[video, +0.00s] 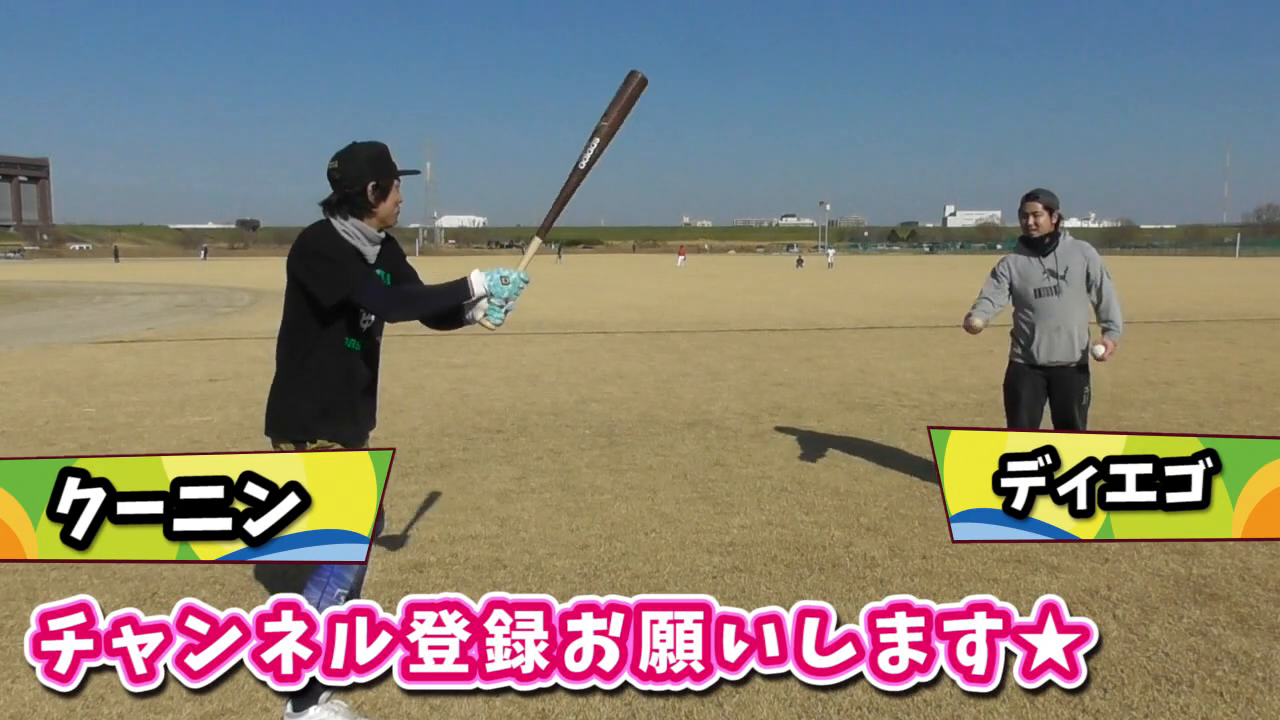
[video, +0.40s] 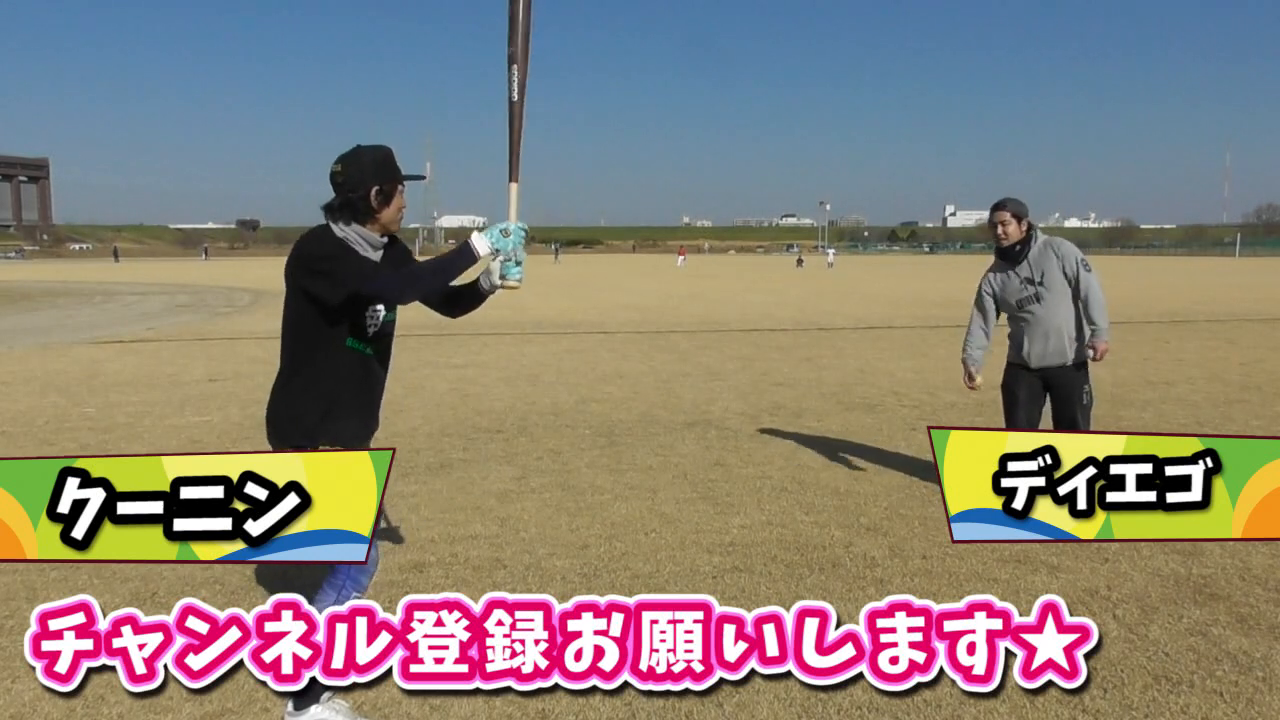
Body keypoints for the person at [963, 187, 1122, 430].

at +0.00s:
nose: (1029, 222)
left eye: (1036, 215)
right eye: (1024, 216)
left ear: (1054, 217)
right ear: (1019, 220)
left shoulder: (1082, 253)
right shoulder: (1012, 263)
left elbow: (1105, 295)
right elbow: (993, 295)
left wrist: (1110, 334)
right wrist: (977, 316)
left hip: (1071, 363)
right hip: (1026, 364)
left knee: (1072, 440)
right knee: (1020, 438)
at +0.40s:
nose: (998, 231)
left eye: (1005, 224)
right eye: (994, 226)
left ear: (1023, 226)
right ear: (990, 229)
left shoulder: (1060, 251)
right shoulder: (994, 278)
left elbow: (1089, 289)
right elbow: (981, 323)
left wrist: (1099, 334)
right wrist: (972, 360)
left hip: (1068, 364)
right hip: (1023, 368)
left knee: (1075, 442)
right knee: (1018, 440)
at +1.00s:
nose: (981, 239)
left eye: (988, 232)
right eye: (976, 233)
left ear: (1005, 233)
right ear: (971, 236)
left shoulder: (1039, 255)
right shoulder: (978, 289)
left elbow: (1075, 283)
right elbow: (975, 339)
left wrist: (1067, 327)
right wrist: (975, 381)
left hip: (1065, 363)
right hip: (1020, 369)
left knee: (1077, 440)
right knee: (1017, 440)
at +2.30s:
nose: (1060, 258)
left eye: (1068, 252)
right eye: (1055, 249)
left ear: (1081, 248)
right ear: (1047, 239)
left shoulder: (1090, 275)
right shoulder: (1019, 265)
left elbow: (1090, 323)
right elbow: (1000, 308)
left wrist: (1066, 359)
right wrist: (1005, 351)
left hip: (1060, 370)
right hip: (1015, 370)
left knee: (1076, 442)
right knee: (1013, 443)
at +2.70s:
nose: (1060, 321)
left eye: (1066, 316)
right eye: (1055, 314)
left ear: (1077, 311)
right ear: (1044, 302)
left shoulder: (1087, 317)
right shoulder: (1015, 301)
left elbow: (1089, 366)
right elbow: (993, 344)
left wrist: (1069, 409)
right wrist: (994, 387)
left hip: (1058, 377)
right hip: (1015, 376)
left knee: (1077, 435)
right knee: (1010, 437)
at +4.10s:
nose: (1030, 307)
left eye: (1039, 304)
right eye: (1028, 299)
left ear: (1056, 305)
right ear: (1024, 292)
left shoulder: (1067, 328)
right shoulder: (1005, 305)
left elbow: (1071, 381)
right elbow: (985, 345)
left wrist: (1062, 431)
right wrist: (983, 385)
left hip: (1051, 378)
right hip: (1010, 375)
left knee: (1074, 433)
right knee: (1009, 435)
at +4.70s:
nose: (996, 231)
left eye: (1003, 224)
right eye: (992, 226)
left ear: (1021, 227)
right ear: (988, 229)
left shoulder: (1050, 258)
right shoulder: (988, 274)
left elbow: (1072, 299)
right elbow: (972, 314)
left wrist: (1056, 340)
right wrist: (960, 351)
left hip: (1058, 366)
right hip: (1013, 370)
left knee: (1074, 442)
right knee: (1012, 442)